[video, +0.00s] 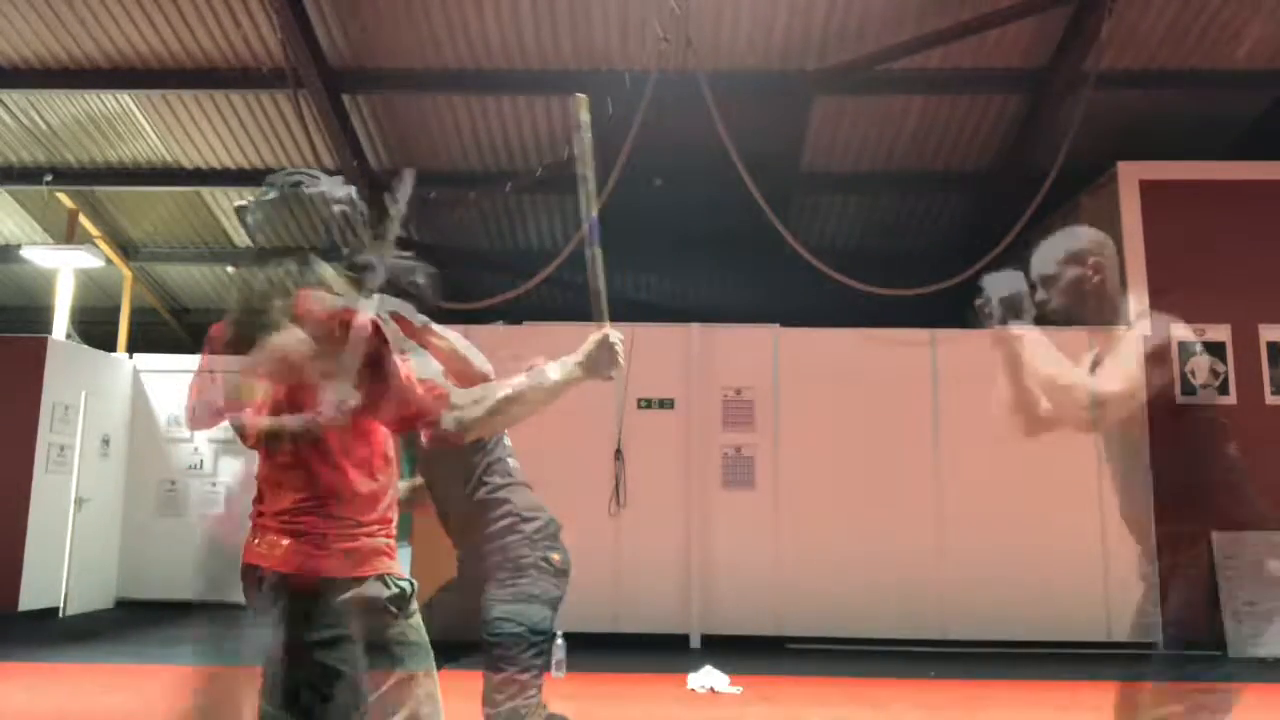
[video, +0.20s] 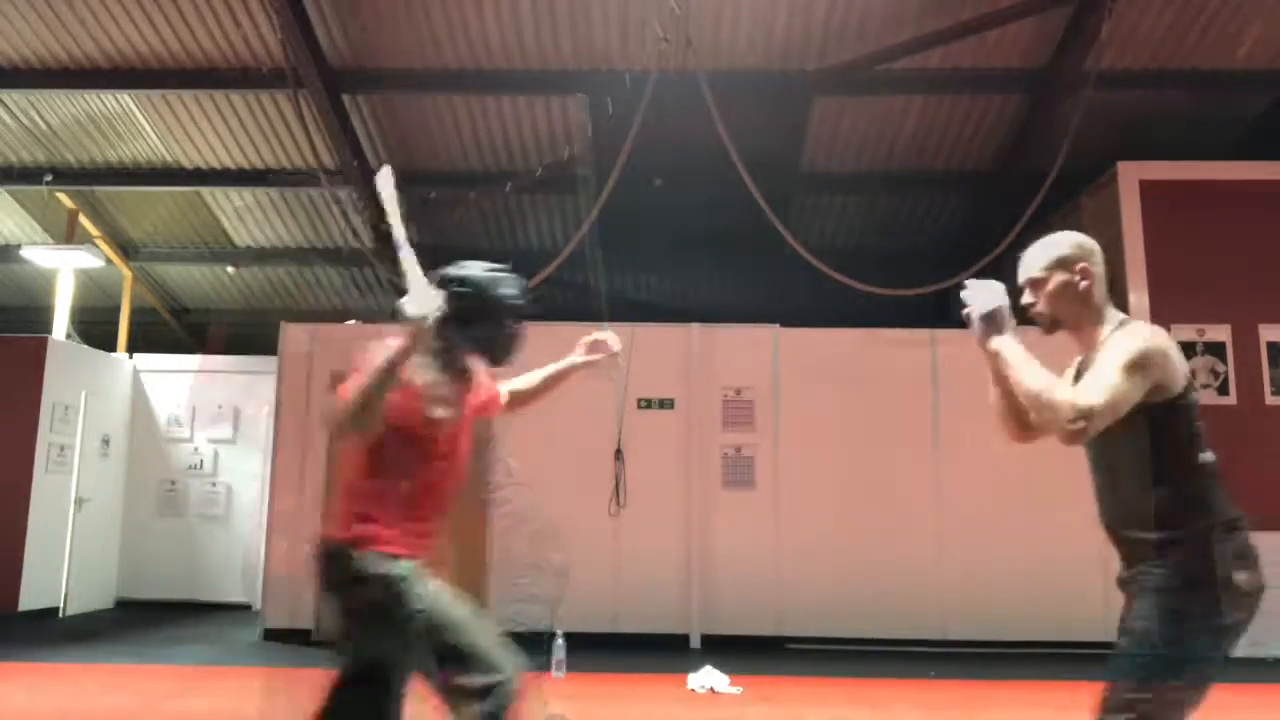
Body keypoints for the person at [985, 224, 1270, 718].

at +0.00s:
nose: (1037, 300)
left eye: (1044, 284)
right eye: (1035, 289)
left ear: (1093, 271)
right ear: (1091, 274)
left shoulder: (1160, 338)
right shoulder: (1104, 352)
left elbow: (1091, 404)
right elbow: (1034, 415)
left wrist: (1020, 328)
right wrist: (1005, 334)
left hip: (1221, 552)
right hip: (1169, 554)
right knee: (1144, 692)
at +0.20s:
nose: (1025, 302)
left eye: (1034, 286)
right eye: (1024, 291)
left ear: (1081, 278)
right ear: (1077, 282)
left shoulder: (1141, 345)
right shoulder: (1088, 359)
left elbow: (1074, 421)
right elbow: (1023, 427)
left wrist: (1003, 341)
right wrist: (992, 347)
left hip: (1196, 567)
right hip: (1154, 567)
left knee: (1133, 710)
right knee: (1132, 708)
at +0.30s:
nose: (1011, 308)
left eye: (1021, 292)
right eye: (1010, 296)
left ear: (1068, 284)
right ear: (1066, 289)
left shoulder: (1113, 352)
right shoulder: (1087, 359)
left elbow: (1061, 432)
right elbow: (1018, 437)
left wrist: (976, 360)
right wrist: (986, 358)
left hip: (1171, 579)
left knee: (1072, 710)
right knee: (1143, 713)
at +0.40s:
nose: (980, 335)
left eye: (990, 318)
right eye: (978, 321)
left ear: (1041, 310)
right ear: (1043, 314)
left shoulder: (1063, 373)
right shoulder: (1081, 371)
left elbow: (986, 434)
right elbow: (1042, 448)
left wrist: (886, 377)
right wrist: (991, 395)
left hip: (1142, 595)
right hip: (1186, 591)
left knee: (1019, 709)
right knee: (1128, 712)